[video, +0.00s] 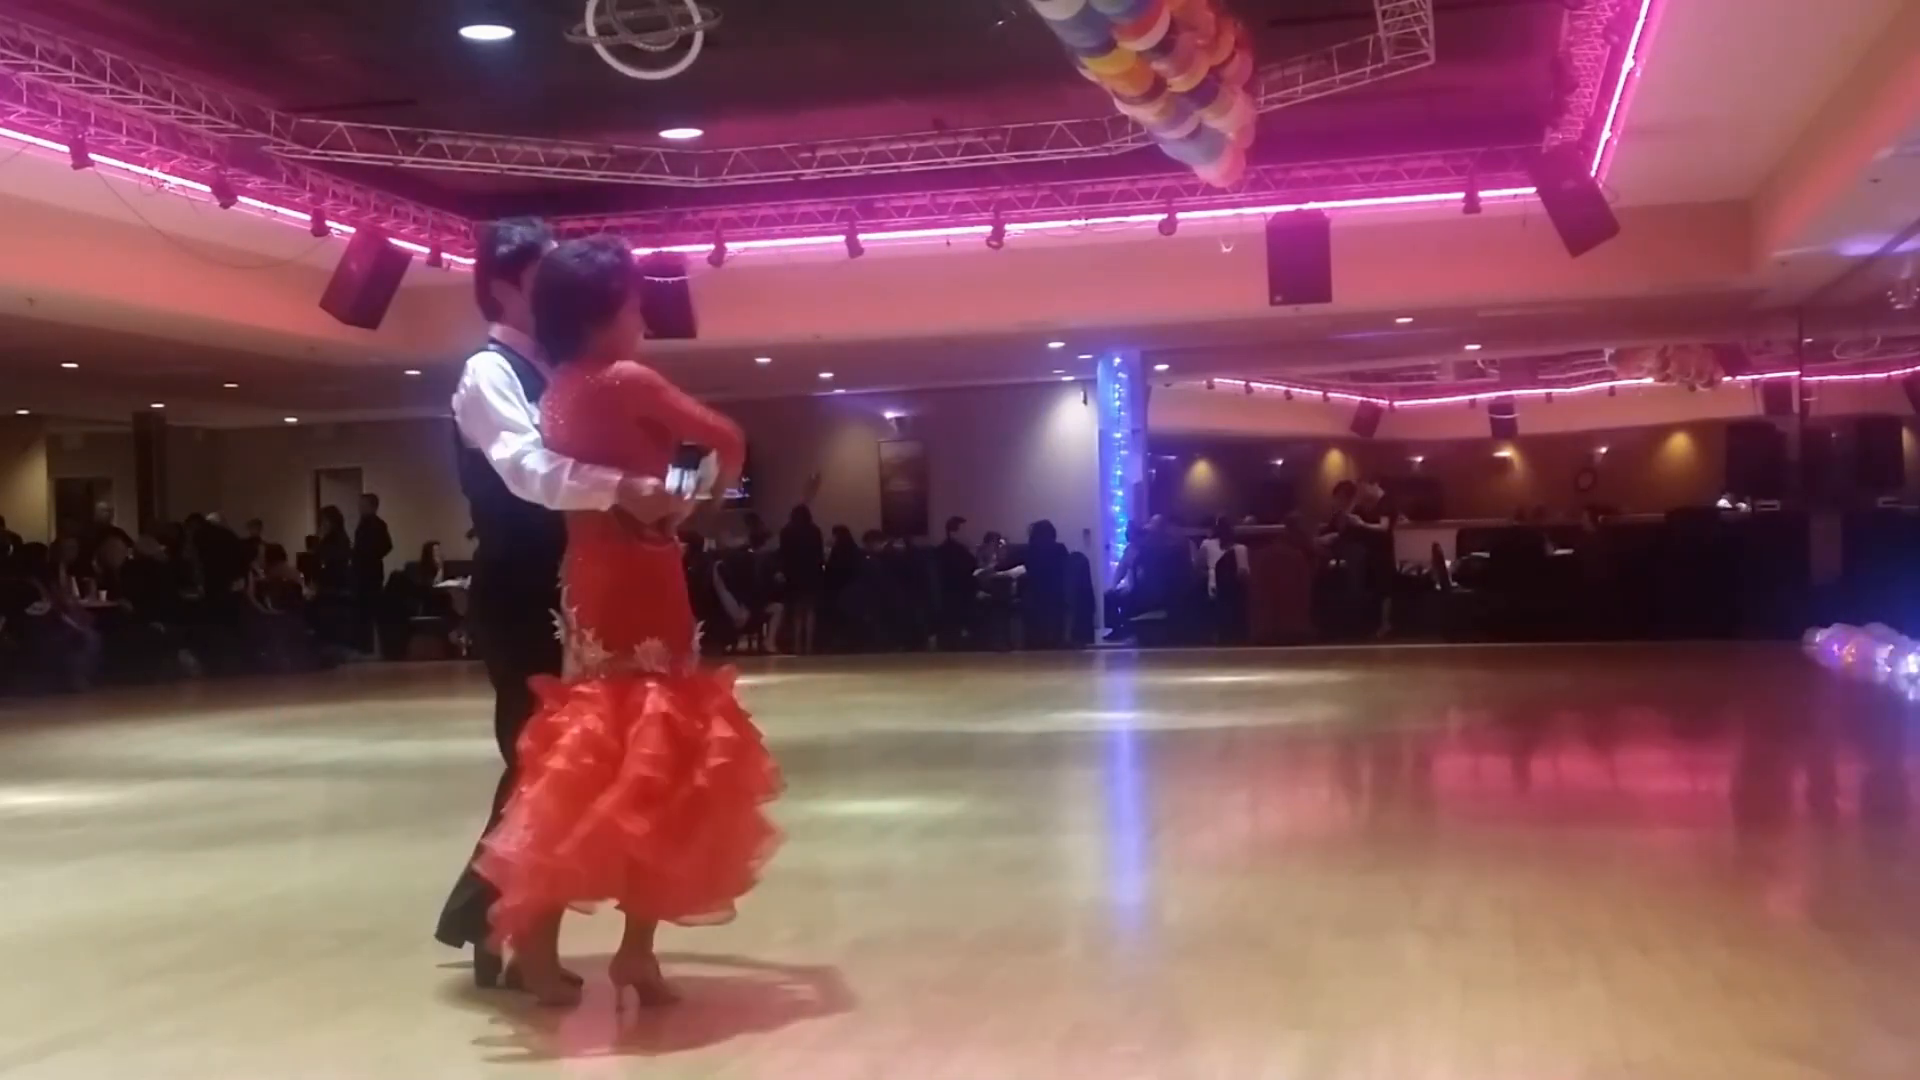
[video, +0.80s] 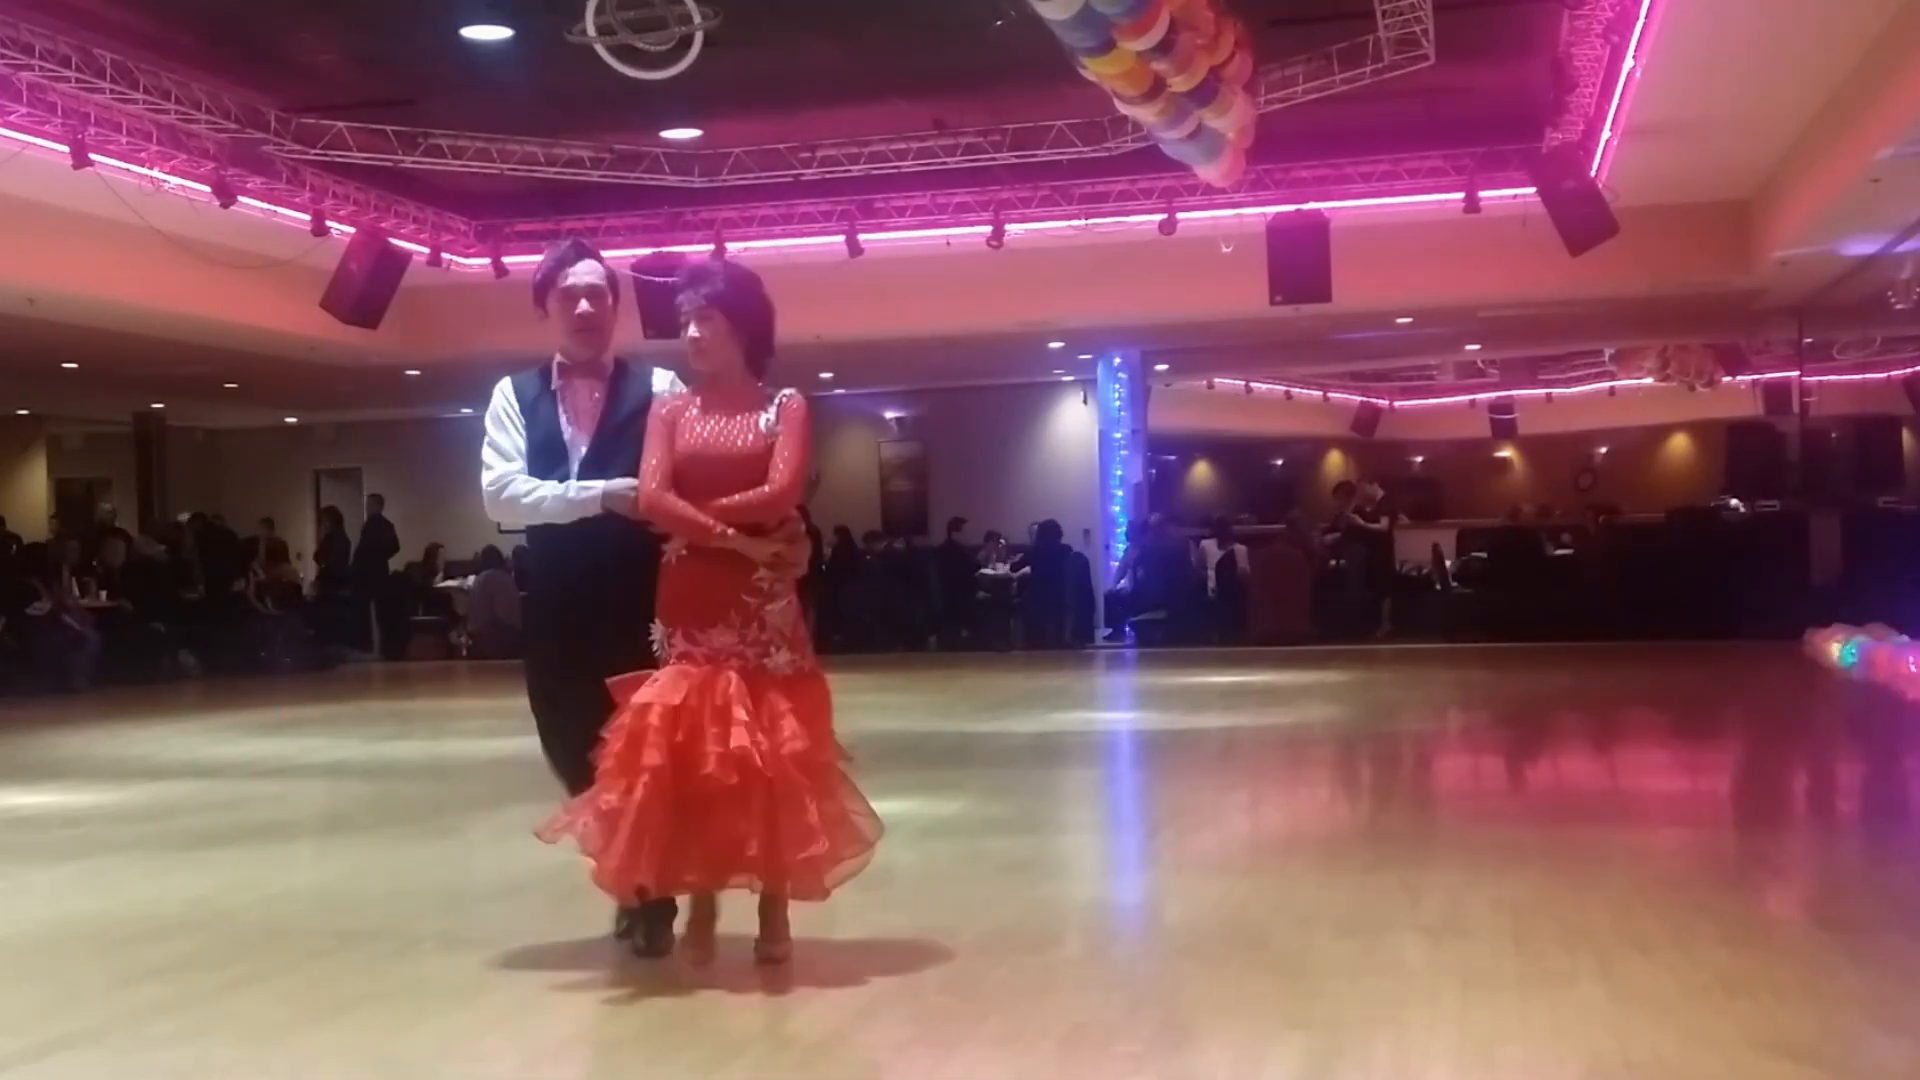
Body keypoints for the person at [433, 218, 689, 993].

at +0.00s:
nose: (554, 295)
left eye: (556, 279)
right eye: (539, 281)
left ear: (541, 287)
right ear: (500, 289)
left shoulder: (561, 373)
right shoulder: (485, 373)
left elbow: (615, 448)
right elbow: (527, 467)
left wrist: (668, 493)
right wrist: (624, 490)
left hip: (576, 584)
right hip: (520, 593)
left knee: (564, 760)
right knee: (541, 762)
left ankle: (510, 919)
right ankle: (489, 920)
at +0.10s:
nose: (641, 320)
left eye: (635, 307)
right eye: (631, 309)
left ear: (555, 327)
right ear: (606, 321)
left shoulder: (553, 401)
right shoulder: (623, 396)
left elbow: (601, 479)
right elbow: (703, 467)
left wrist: (657, 517)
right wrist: (717, 528)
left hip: (578, 577)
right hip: (636, 578)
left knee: (577, 756)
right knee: (651, 759)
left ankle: (511, 923)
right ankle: (636, 941)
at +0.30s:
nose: (569, 300)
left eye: (573, 285)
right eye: (554, 288)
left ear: (578, 294)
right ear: (518, 296)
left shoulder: (601, 380)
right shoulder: (493, 374)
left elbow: (653, 465)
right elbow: (511, 476)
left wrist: (682, 525)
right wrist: (598, 510)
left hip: (599, 584)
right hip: (528, 587)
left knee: (595, 762)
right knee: (530, 767)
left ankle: (578, 921)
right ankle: (505, 941)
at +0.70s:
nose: (590, 306)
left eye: (600, 293)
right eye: (574, 294)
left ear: (618, 303)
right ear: (544, 307)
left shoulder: (654, 384)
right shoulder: (514, 390)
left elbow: (685, 474)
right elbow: (499, 491)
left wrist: (657, 513)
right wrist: (596, 501)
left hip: (637, 584)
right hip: (557, 589)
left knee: (638, 733)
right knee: (560, 742)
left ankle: (648, 891)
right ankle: (580, 885)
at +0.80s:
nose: (586, 308)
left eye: (598, 296)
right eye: (570, 297)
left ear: (617, 307)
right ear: (546, 309)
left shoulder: (658, 387)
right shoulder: (514, 394)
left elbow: (694, 478)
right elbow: (500, 495)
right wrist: (607, 495)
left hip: (640, 592)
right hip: (556, 597)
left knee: (641, 739)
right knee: (569, 747)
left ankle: (648, 899)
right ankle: (634, 871)